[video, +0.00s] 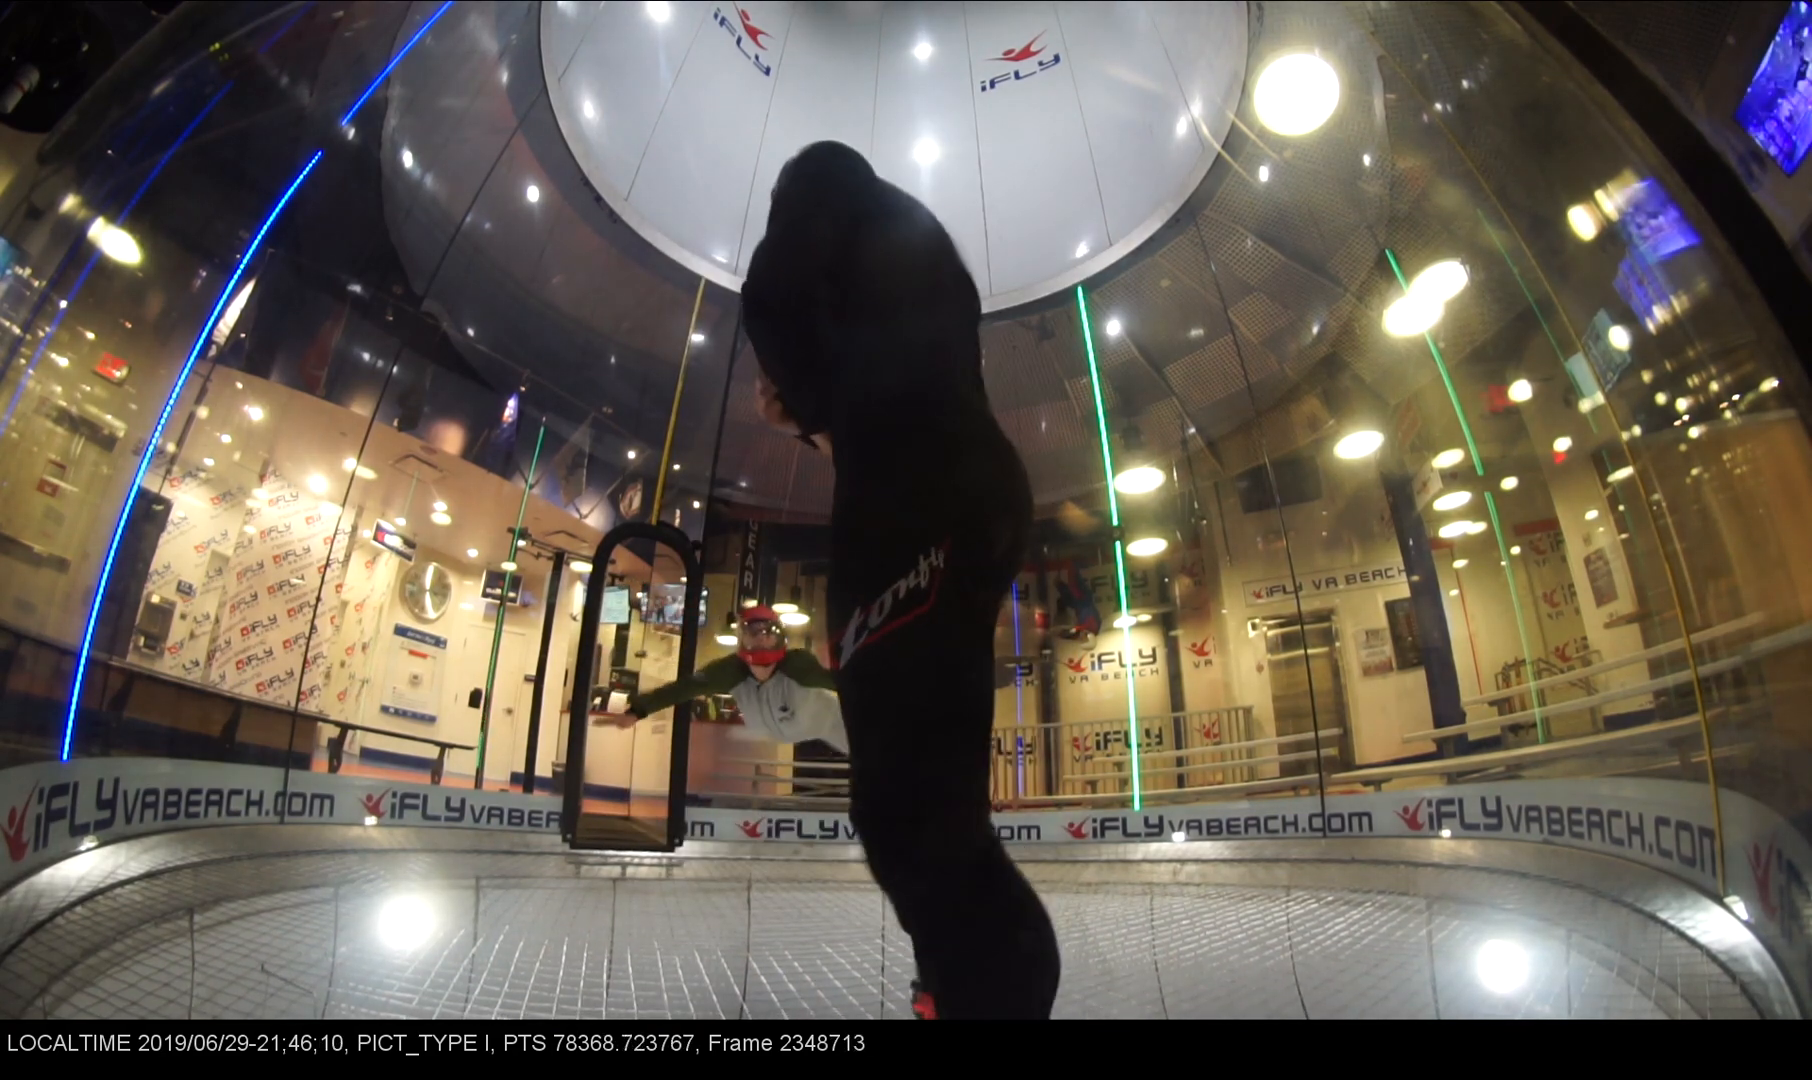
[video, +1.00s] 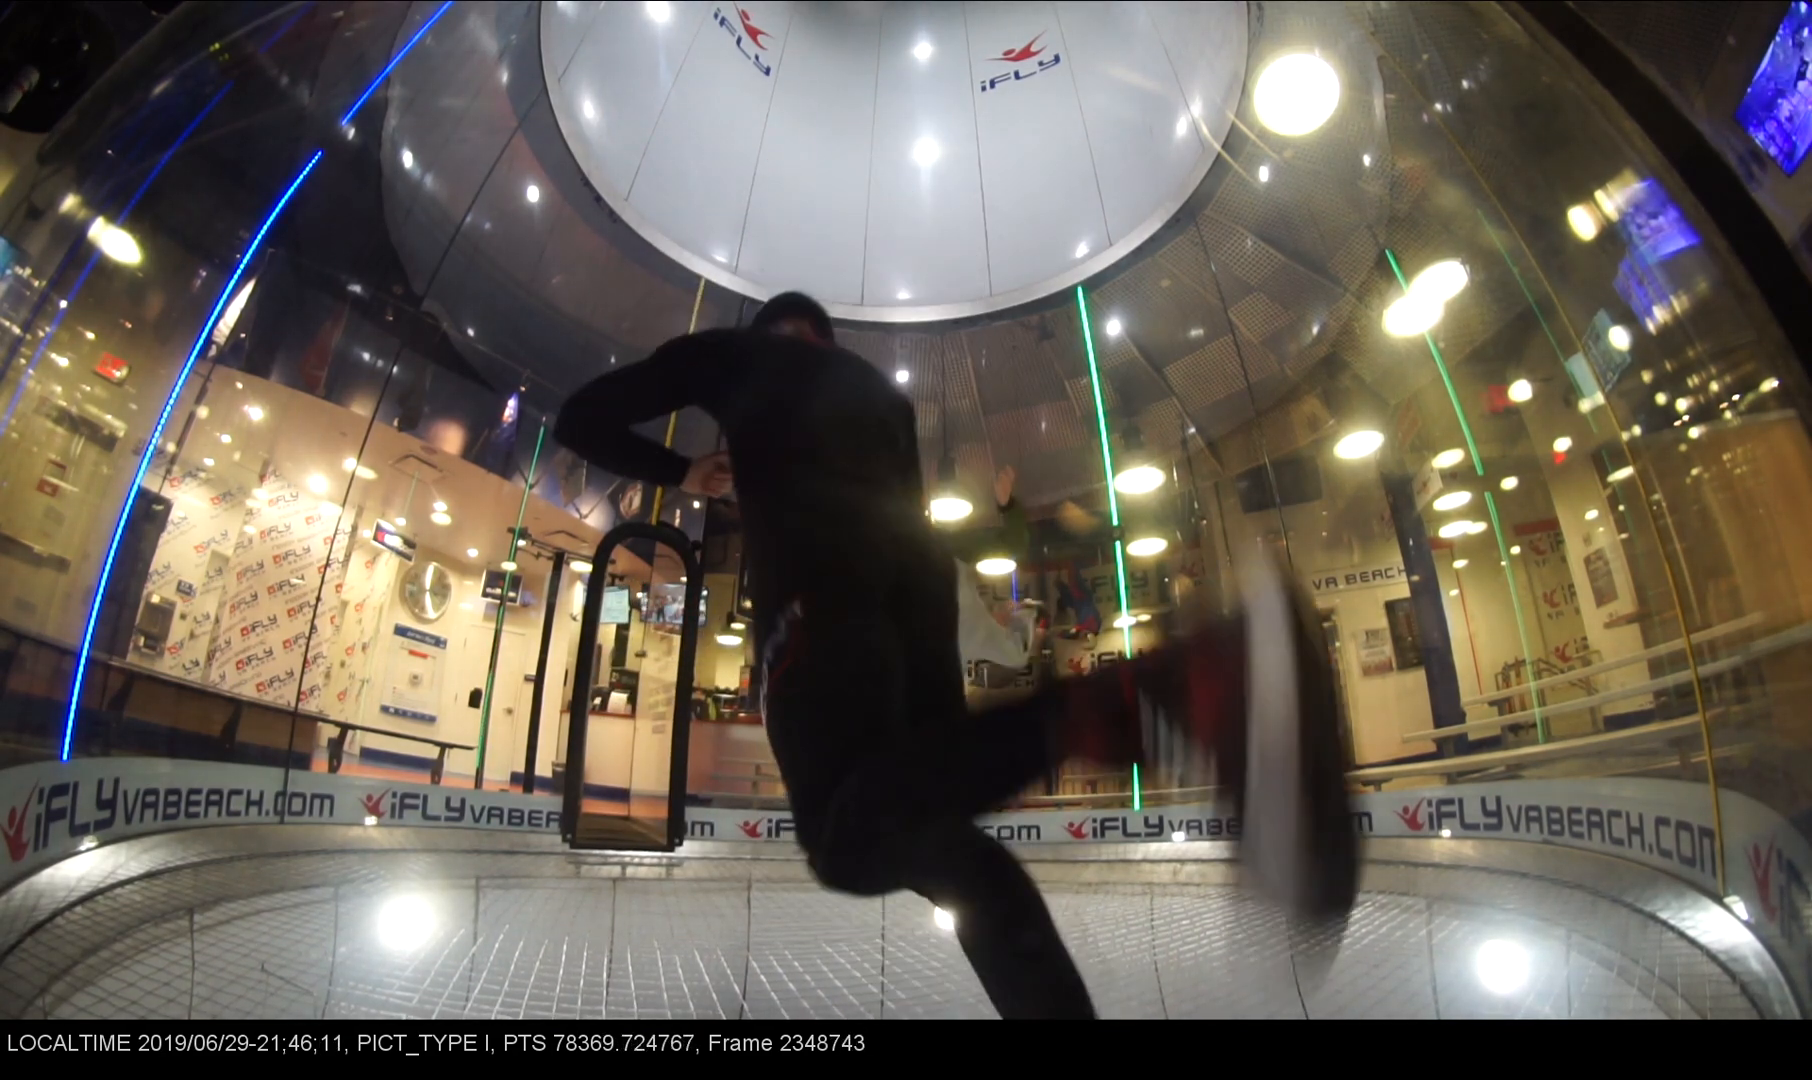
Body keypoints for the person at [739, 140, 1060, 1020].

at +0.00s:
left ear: (802, 185)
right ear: (860, 179)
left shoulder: (826, 187)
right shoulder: (911, 234)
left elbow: (771, 297)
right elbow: (895, 368)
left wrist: (807, 396)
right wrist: (806, 395)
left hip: (908, 499)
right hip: (964, 491)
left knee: (902, 804)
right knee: (932, 800)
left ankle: (987, 990)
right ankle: (981, 986)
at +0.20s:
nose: (757, 213)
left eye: (761, 196)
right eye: (759, 198)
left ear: (789, 174)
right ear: (839, 167)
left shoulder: (804, 205)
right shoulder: (920, 226)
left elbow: (740, 316)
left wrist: (832, 413)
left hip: (905, 506)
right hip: (981, 496)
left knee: (920, 809)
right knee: (950, 805)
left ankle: (1004, 993)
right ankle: (1016, 988)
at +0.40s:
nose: (799, 195)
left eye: (796, 184)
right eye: (807, 185)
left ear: (801, 177)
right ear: (867, 176)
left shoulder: (786, 203)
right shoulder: (954, 243)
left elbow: (699, 341)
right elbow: (989, 396)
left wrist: (806, 425)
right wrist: (1011, 538)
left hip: (880, 516)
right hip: (989, 513)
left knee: (891, 825)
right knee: (956, 803)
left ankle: (999, 1006)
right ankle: (1064, 1006)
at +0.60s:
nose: (813, 233)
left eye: (808, 224)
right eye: (828, 226)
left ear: (803, 217)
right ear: (875, 221)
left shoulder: (779, 238)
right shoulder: (950, 282)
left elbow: (662, 356)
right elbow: (968, 421)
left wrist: (785, 408)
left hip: (859, 518)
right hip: (978, 517)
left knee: (862, 823)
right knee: (969, 805)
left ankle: (979, 1005)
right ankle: (1101, 1005)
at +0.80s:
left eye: (801, 272)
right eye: (833, 277)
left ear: (798, 271)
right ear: (861, 277)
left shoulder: (769, 285)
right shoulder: (922, 336)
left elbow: (631, 383)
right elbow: (935, 461)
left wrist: (741, 448)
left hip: (847, 549)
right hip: (962, 550)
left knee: (821, 850)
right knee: (950, 828)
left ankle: (990, 1009)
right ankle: (1085, 1010)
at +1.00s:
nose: (772, 347)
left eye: (770, 335)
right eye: (785, 338)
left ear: (771, 328)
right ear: (828, 334)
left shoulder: (748, 351)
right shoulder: (882, 396)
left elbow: (583, 420)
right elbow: (906, 532)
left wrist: (676, 467)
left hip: (824, 605)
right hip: (913, 599)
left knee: (846, 844)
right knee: (966, 860)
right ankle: (1057, 1011)